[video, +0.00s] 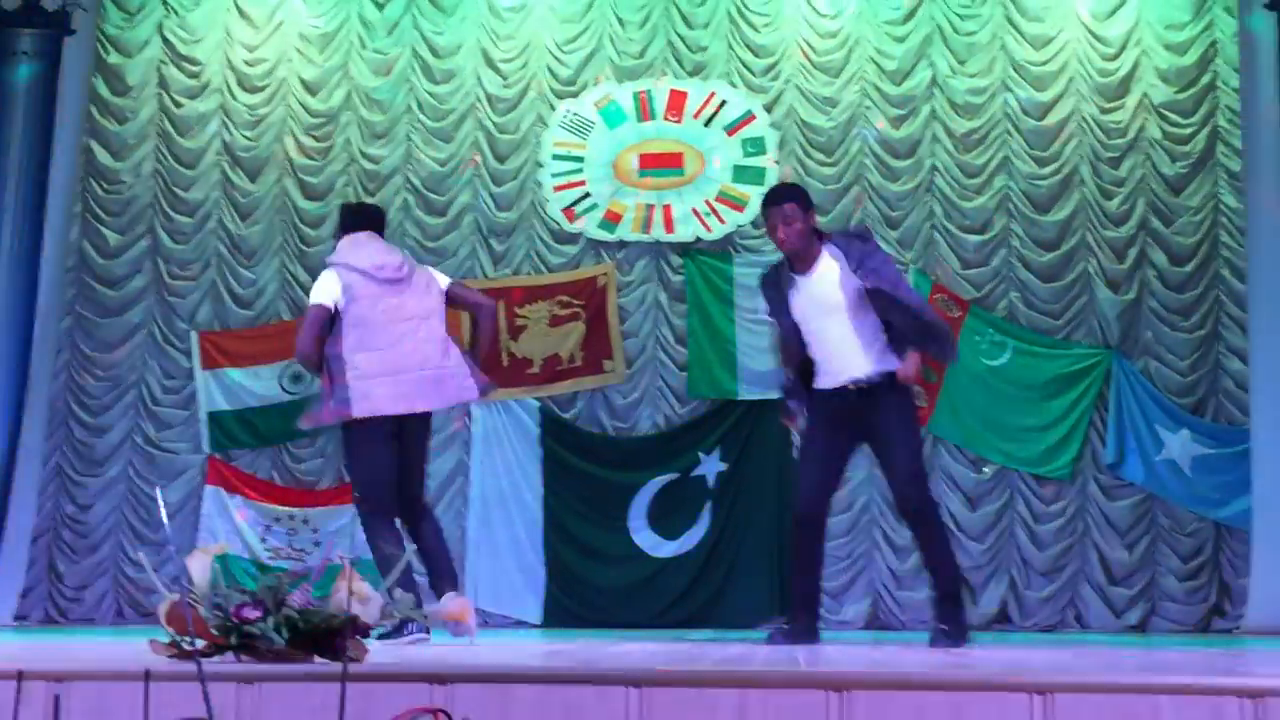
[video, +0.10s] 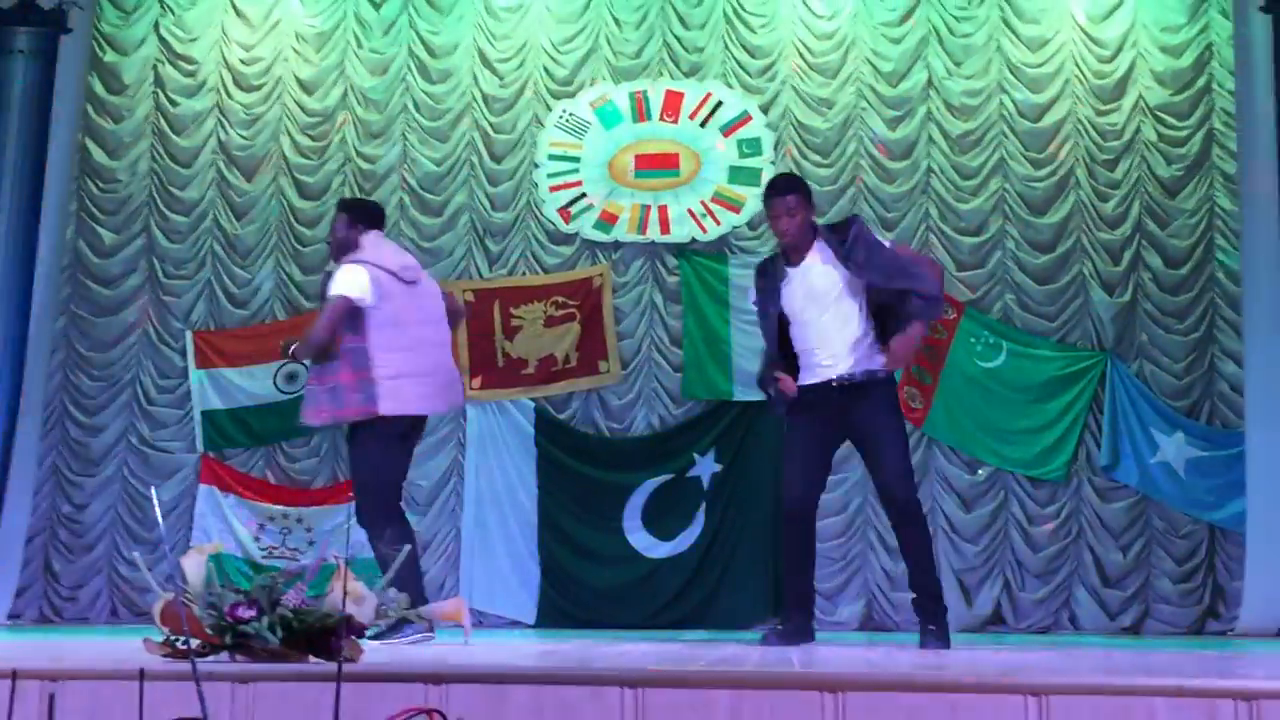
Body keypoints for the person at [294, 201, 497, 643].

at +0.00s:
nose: (336, 242)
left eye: (338, 236)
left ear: (342, 237)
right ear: (381, 235)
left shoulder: (336, 277)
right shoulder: (417, 272)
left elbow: (305, 349)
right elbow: (485, 306)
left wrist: (329, 374)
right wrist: (478, 368)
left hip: (370, 405)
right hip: (419, 401)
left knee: (376, 511)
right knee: (413, 501)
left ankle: (408, 615)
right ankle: (451, 597)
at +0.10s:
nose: (330, 240)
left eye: (335, 232)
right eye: (331, 232)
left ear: (355, 231)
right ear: (374, 231)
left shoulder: (355, 270)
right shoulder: (408, 265)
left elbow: (320, 339)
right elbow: (454, 309)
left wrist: (303, 352)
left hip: (383, 405)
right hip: (416, 404)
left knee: (376, 510)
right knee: (383, 506)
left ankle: (412, 613)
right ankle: (411, 608)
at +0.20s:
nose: (349, 238)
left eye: (357, 231)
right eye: (349, 230)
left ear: (383, 234)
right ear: (382, 235)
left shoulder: (388, 272)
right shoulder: (399, 268)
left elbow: (357, 334)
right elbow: (372, 333)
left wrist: (317, 340)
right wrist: (325, 330)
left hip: (393, 414)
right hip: (397, 413)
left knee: (385, 513)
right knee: (382, 513)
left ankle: (420, 611)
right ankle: (394, 610)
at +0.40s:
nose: (370, 240)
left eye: (380, 233)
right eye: (366, 233)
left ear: (403, 238)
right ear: (361, 239)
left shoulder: (427, 286)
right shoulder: (355, 287)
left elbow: (414, 345)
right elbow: (313, 347)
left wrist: (359, 320)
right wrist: (310, 311)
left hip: (399, 417)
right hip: (353, 414)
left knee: (394, 514)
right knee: (351, 519)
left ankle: (401, 615)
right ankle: (359, 614)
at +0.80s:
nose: (378, 262)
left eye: (386, 256)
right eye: (370, 255)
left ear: (397, 262)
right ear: (357, 261)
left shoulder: (418, 315)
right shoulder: (331, 313)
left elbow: (441, 380)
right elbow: (304, 378)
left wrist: (398, 360)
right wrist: (356, 354)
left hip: (399, 436)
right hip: (349, 436)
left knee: (395, 530)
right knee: (352, 535)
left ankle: (388, 627)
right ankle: (355, 627)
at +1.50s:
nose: (401, 308)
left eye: (410, 301)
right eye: (394, 300)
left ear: (426, 307)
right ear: (385, 305)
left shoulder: (451, 359)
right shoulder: (365, 358)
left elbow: (476, 423)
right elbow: (342, 432)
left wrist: (438, 403)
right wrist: (357, 409)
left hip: (428, 490)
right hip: (377, 489)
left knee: (423, 589)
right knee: (371, 591)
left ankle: (421, 685)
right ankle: (387, 682)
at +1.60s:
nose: (393, 326)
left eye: (403, 318)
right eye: (386, 318)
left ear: (420, 326)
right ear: (378, 324)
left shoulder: (447, 378)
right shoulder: (361, 380)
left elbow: (465, 451)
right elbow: (349, 452)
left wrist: (433, 495)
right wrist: (353, 493)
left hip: (428, 503)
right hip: (379, 501)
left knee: (419, 593)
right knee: (364, 588)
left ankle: (418, 682)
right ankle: (369, 678)